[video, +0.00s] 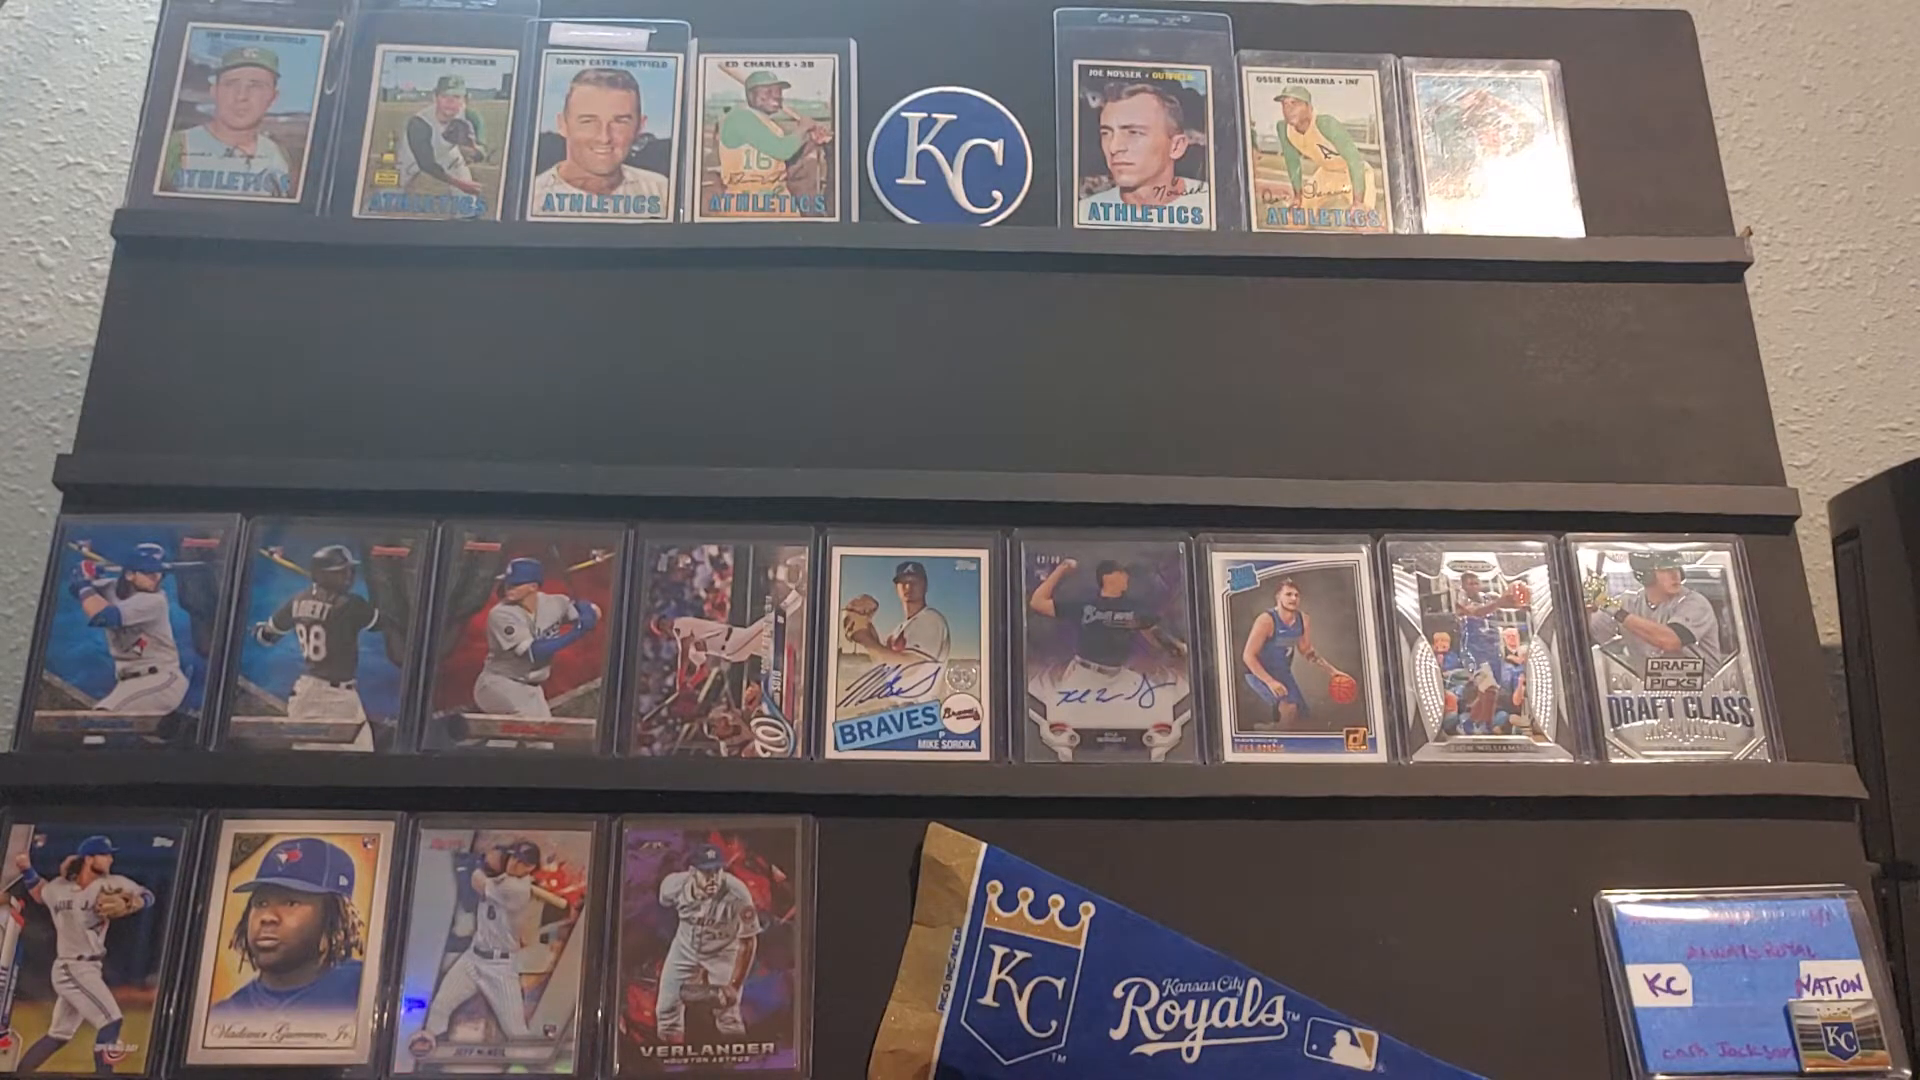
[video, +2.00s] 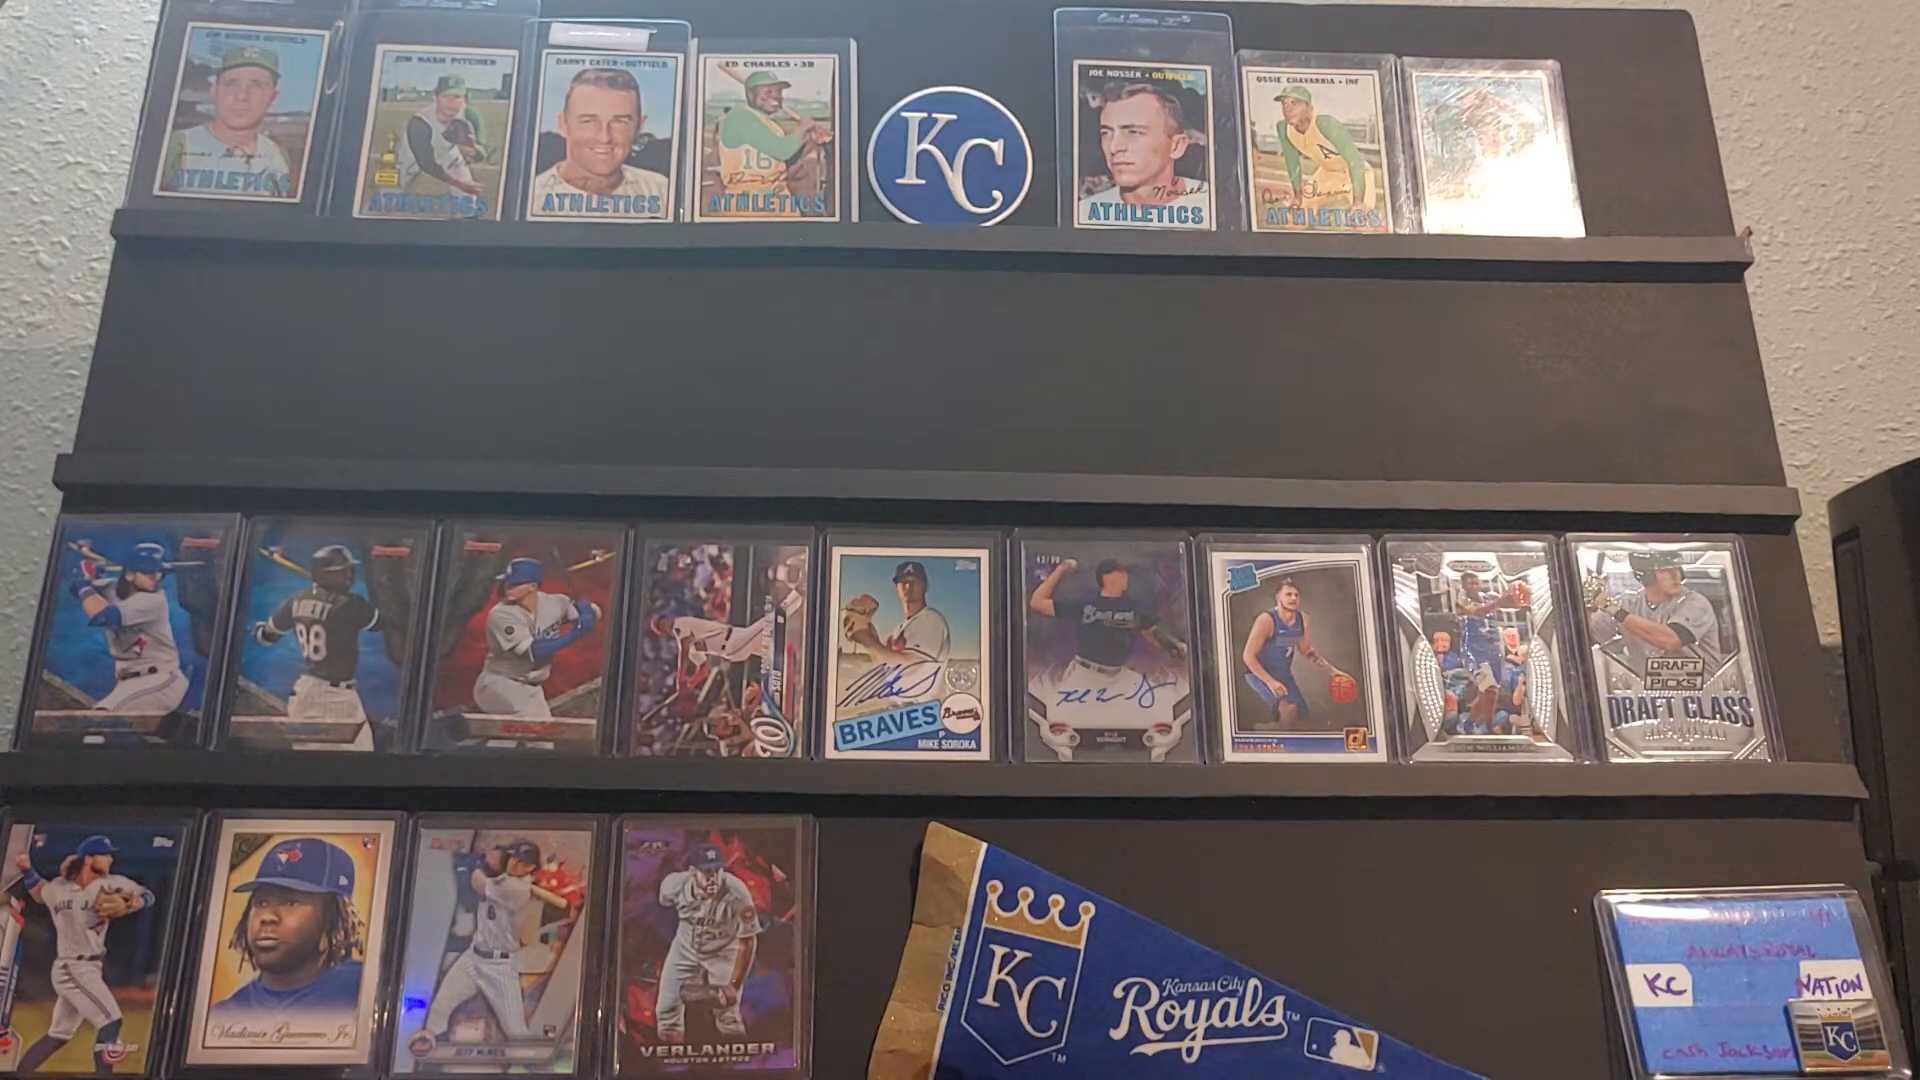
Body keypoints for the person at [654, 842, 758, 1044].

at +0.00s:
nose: (712, 879)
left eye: (716, 872)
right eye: (705, 872)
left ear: (722, 870)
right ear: (692, 871)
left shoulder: (738, 894)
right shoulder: (672, 886)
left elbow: (749, 942)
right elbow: (667, 909)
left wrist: (735, 985)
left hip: (724, 954)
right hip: (684, 948)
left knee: (727, 1015)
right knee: (666, 1009)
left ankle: (740, 1068)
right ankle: (673, 1069)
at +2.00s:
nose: (711, 878)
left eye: (716, 871)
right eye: (706, 872)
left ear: (722, 869)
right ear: (692, 870)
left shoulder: (738, 893)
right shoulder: (673, 885)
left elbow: (749, 941)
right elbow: (667, 909)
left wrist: (734, 985)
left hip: (724, 953)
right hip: (684, 947)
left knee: (727, 1014)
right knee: (666, 1009)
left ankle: (741, 1068)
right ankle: (674, 1069)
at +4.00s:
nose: (712, 878)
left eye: (716, 871)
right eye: (706, 872)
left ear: (722, 869)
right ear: (693, 871)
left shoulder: (738, 893)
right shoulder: (673, 886)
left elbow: (749, 941)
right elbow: (667, 912)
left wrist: (735, 985)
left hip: (724, 954)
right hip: (684, 948)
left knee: (727, 1015)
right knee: (666, 1009)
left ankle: (740, 1068)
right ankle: (673, 1068)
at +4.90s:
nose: (712, 878)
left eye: (716, 871)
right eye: (705, 872)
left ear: (722, 869)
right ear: (692, 871)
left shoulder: (738, 894)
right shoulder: (673, 885)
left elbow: (748, 942)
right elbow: (667, 912)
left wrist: (734, 985)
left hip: (725, 954)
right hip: (684, 948)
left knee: (727, 1014)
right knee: (666, 1009)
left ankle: (740, 1068)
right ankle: (673, 1071)